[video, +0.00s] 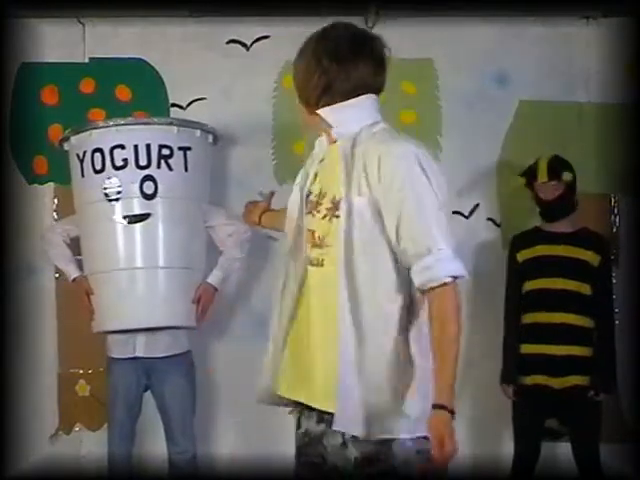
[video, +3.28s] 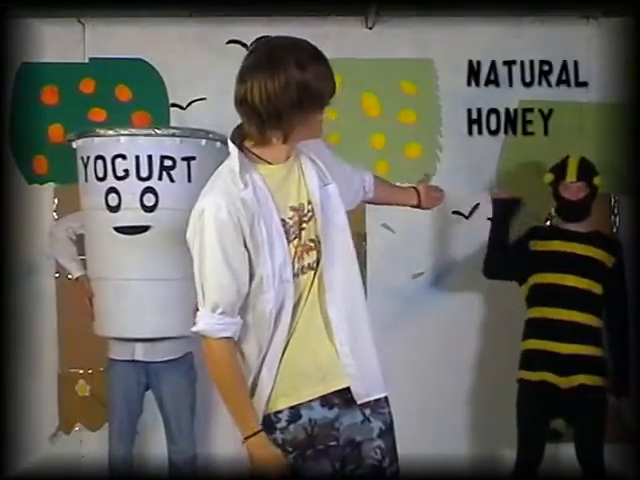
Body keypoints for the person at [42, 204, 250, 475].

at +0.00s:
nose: (143, 193)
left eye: (151, 187)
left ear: (164, 184)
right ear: (123, 188)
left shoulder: (188, 211)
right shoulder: (107, 217)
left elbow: (239, 235)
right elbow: (53, 233)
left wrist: (214, 282)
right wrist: (76, 276)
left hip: (172, 348)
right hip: (121, 350)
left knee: (182, 449)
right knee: (119, 451)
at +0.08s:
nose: (142, 193)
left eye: (151, 187)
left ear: (163, 184)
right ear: (123, 187)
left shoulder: (187, 211)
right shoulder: (106, 216)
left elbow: (239, 235)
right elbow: (53, 233)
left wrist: (220, 288)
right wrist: (76, 277)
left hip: (172, 349)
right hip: (122, 351)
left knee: (182, 449)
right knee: (119, 451)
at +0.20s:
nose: (141, 192)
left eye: (149, 186)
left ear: (161, 185)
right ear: (121, 190)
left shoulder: (181, 212)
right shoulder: (104, 216)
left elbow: (235, 239)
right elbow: (53, 232)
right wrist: (76, 275)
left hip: (173, 349)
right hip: (122, 351)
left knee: (184, 449)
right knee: (118, 450)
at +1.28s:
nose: (135, 189)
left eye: (144, 181)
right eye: (128, 181)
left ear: (157, 181)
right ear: (116, 183)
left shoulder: (176, 208)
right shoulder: (104, 212)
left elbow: (229, 216)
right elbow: (53, 229)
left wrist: (236, 173)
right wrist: (75, 274)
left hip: (172, 340)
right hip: (123, 344)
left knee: (183, 441)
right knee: (121, 441)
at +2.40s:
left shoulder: (179, 218)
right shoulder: (106, 214)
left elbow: (236, 235)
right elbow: (54, 228)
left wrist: (209, 215)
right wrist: (75, 273)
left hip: (172, 337)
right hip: (121, 340)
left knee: (179, 432)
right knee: (120, 429)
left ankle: (183, 477)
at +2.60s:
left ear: (165, 189)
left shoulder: (182, 220)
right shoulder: (106, 217)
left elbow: (216, 247)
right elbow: (56, 227)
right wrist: (75, 273)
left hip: (171, 349)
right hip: (120, 351)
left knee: (182, 448)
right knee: (118, 451)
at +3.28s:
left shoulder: (183, 221)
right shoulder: (108, 217)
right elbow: (59, 230)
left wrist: (204, 297)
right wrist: (81, 277)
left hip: (174, 351)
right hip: (123, 352)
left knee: (183, 449)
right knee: (119, 450)